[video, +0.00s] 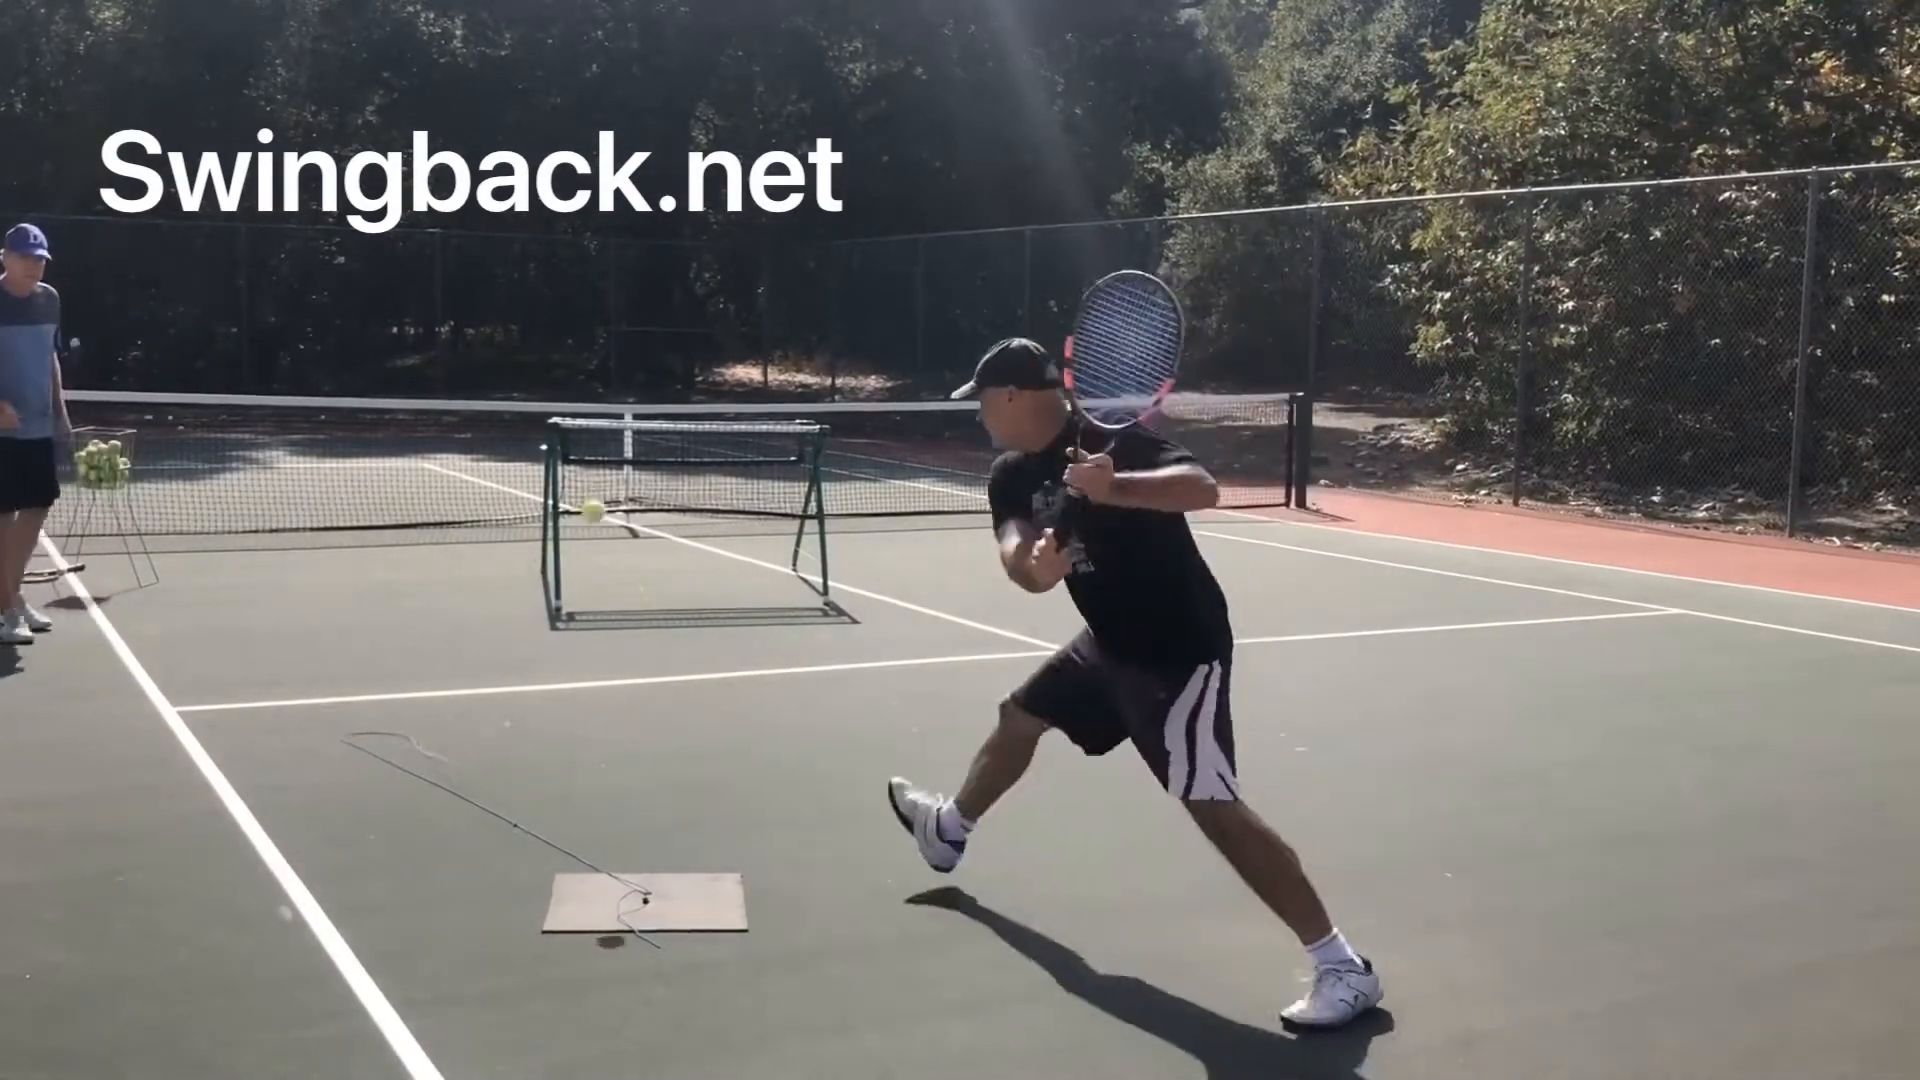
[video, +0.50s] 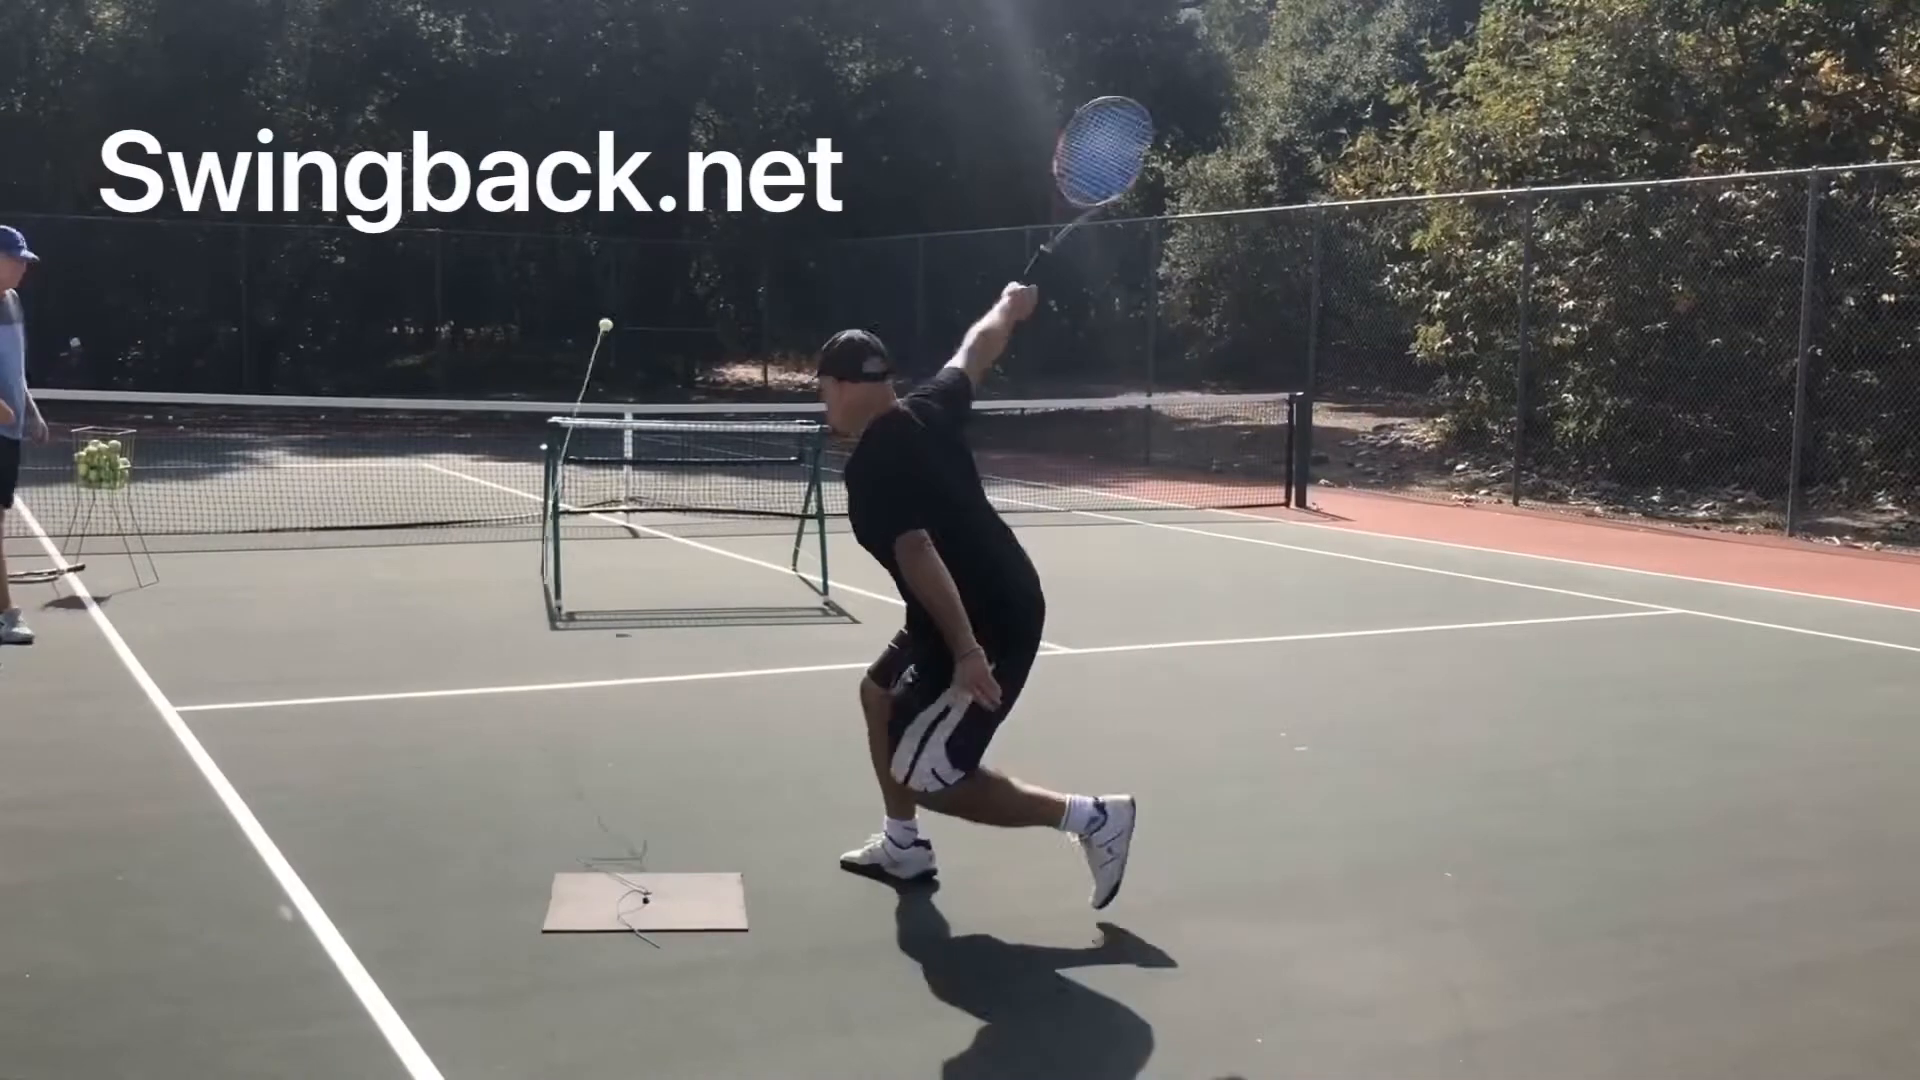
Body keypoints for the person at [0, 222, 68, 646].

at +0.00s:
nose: (33, 266)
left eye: (39, 259)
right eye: (25, 257)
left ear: (44, 262)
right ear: (6, 258)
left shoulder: (48, 298)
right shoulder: (1, 297)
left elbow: (50, 357)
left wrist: (60, 413)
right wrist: (0, 405)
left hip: (40, 430)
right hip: (6, 431)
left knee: (38, 506)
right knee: (6, 515)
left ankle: (13, 596)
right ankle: (7, 608)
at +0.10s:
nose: (33, 267)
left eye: (37, 260)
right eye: (25, 259)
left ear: (41, 262)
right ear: (4, 259)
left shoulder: (42, 299)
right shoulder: (0, 299)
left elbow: (45, 354)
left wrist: (60, 402)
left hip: (32, 434)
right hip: (4, 432)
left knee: (21, 513)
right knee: (6, 522)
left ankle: (4, 600)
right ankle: (7, 610)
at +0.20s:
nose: (29, 267)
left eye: (34, 260)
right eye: (21, 259)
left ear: (38, 263)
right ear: (2, 260)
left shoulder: (37, 299)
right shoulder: (1, 301)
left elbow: (39, 354)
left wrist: (57, 395)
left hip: (27, 434)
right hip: (4, 432)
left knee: (9, 517)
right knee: (4, 520)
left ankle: (6, 608)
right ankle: (7, 610)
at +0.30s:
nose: (26, 268)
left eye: (30, 261)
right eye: (19, 260)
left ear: (33, 265)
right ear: (0, 260)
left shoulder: (31, 300)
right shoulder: (2, 301)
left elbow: (32, 357)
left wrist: (52, 396)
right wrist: (1, 404)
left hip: (21, 433)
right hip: (2, 432)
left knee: (5, 520)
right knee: (3, 521)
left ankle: (7, 609)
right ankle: (6, 610)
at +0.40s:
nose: (25, 268)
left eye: (27, 261)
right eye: (18, 260)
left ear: (25, 265)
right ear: (1, 262)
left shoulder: (22, 302)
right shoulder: (5, 304)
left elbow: (23, 362)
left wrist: (44, 402)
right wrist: (2, 403)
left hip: (16, 431)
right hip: (2, 431)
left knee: (5, 515)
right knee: (3, 518)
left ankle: (7, 610)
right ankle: (7, 611)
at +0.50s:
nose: (23, 268)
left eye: (23, 262)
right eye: (17, 261)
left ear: (18, 264)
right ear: (0, 261)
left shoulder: (13, 304)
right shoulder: (4, 304)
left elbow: (14, 371)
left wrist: (33, 414)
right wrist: (1, 406)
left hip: (11, 431)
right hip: (2, 432)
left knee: (3, 516)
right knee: (2, 519)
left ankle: (8, 609)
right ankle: (7, 610)